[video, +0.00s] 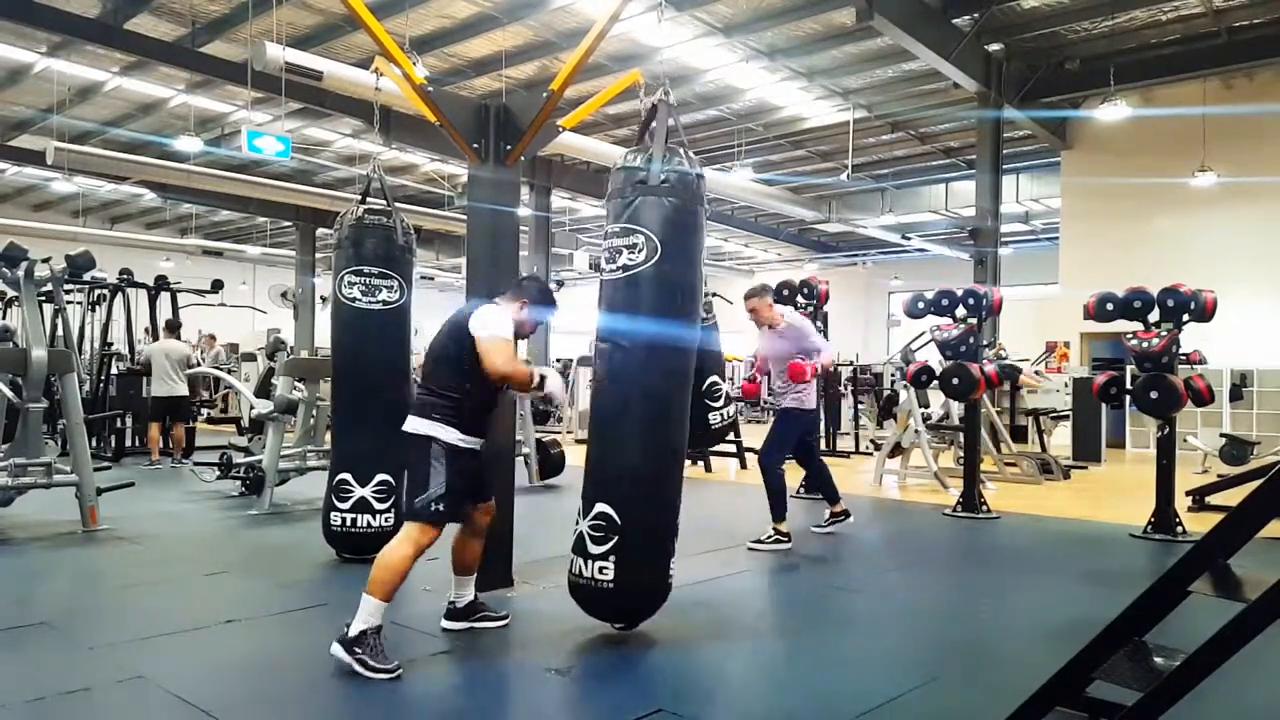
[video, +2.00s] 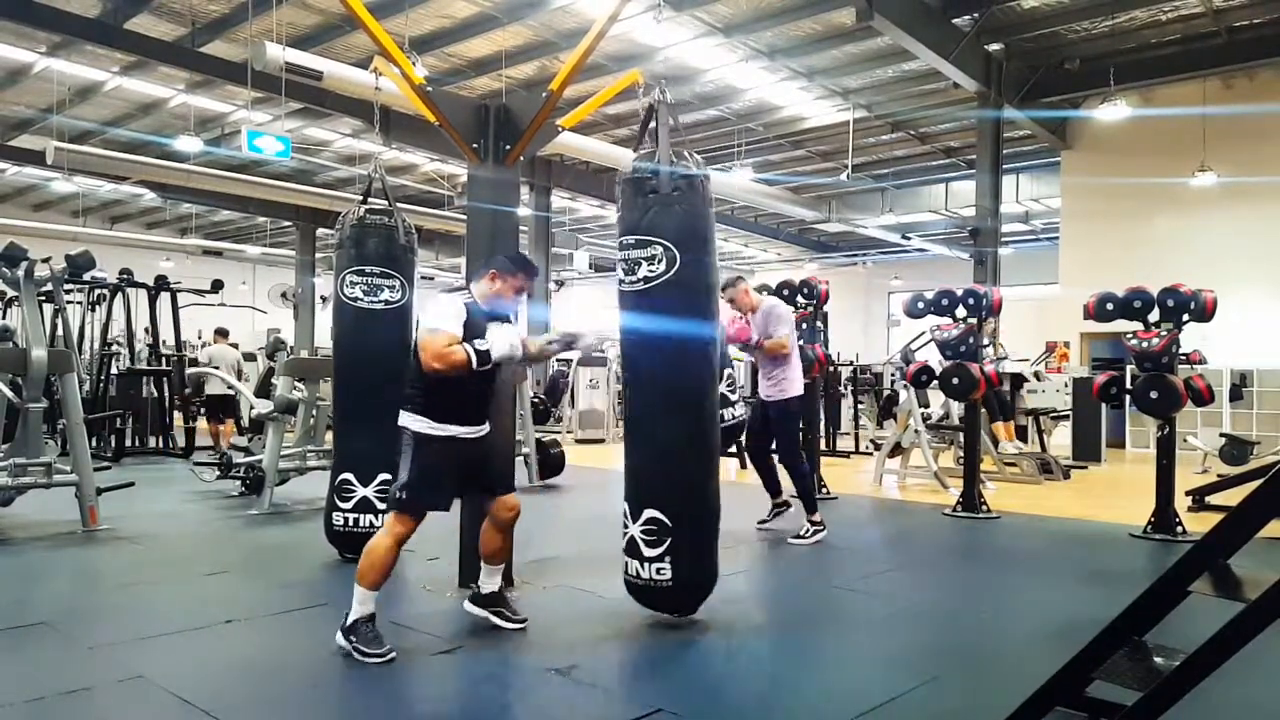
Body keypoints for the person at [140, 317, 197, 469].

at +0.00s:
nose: (165, 332)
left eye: (165, 329)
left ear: (164, 330)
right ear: (178, 331)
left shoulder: (153, 347)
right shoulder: (184, 348)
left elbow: (143, 363)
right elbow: (192, 364)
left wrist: (155, 367)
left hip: (159, 392)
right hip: (180, 391)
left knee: (155, 424)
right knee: (178, 424)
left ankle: (155, 458)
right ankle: (177, 457)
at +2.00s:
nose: (214, 339)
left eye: (214, 337)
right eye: (217, 337)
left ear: (215, 337)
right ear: (227, 338)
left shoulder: (207, 351)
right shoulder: (235, 353)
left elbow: (201, 371)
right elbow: (240, 374)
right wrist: (237, 386)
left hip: (212, 392)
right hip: (229, 392)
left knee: (213, 422)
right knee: (229, 420)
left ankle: (217, 448)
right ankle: (225, 446)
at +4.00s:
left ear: (181, 357)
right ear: (193, 354)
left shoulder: (180, 360)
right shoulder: (204, 357)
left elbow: (166, 378)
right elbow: (217, 368)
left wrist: (146, 388)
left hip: (200, 391)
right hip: (217, 388)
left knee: (196, 421)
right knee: (218, 420)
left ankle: (196, 447)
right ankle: (220, 446)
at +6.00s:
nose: (191, 353)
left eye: (192, 351)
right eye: (191, 351)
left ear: (195, 349)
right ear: (205, 346)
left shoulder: (195, 356)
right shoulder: (221, 354)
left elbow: (193, 379)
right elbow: (231, 371)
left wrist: (192, 395)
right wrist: (230, 386)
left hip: (206, 391)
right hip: (223, 390)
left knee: (199, 420)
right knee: (223, 421)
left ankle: (197, 446)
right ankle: (220, 446)